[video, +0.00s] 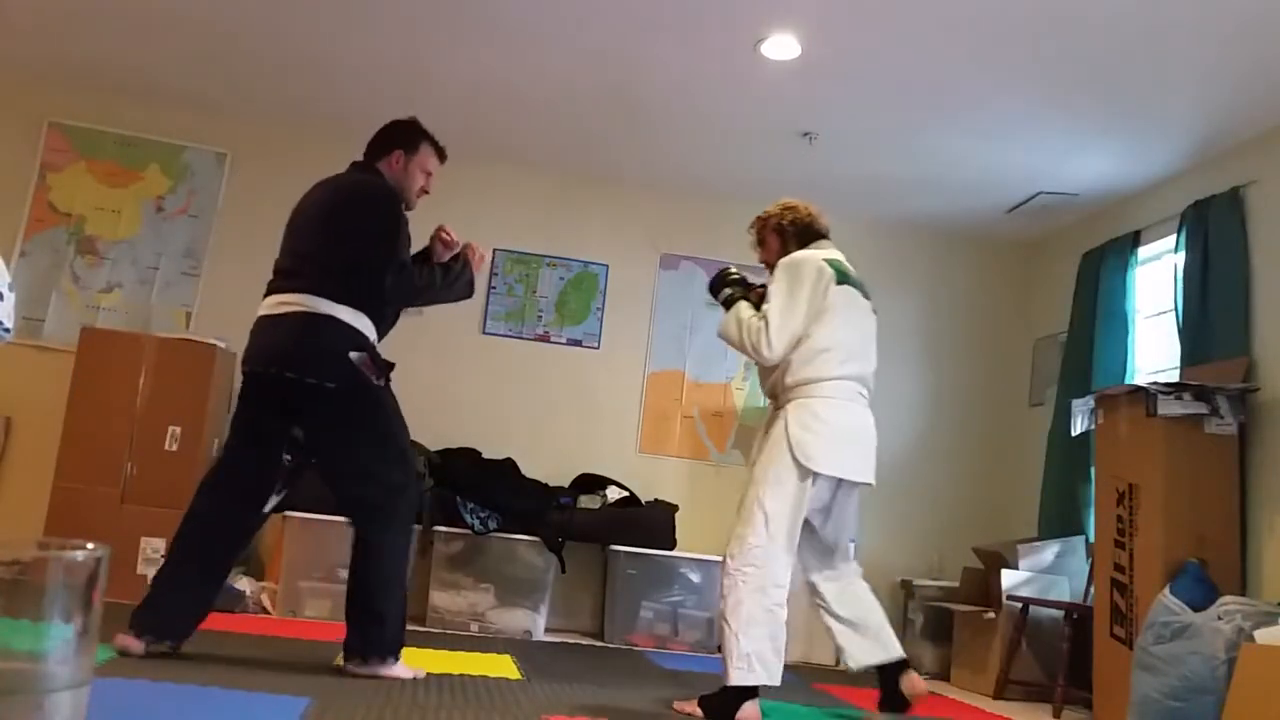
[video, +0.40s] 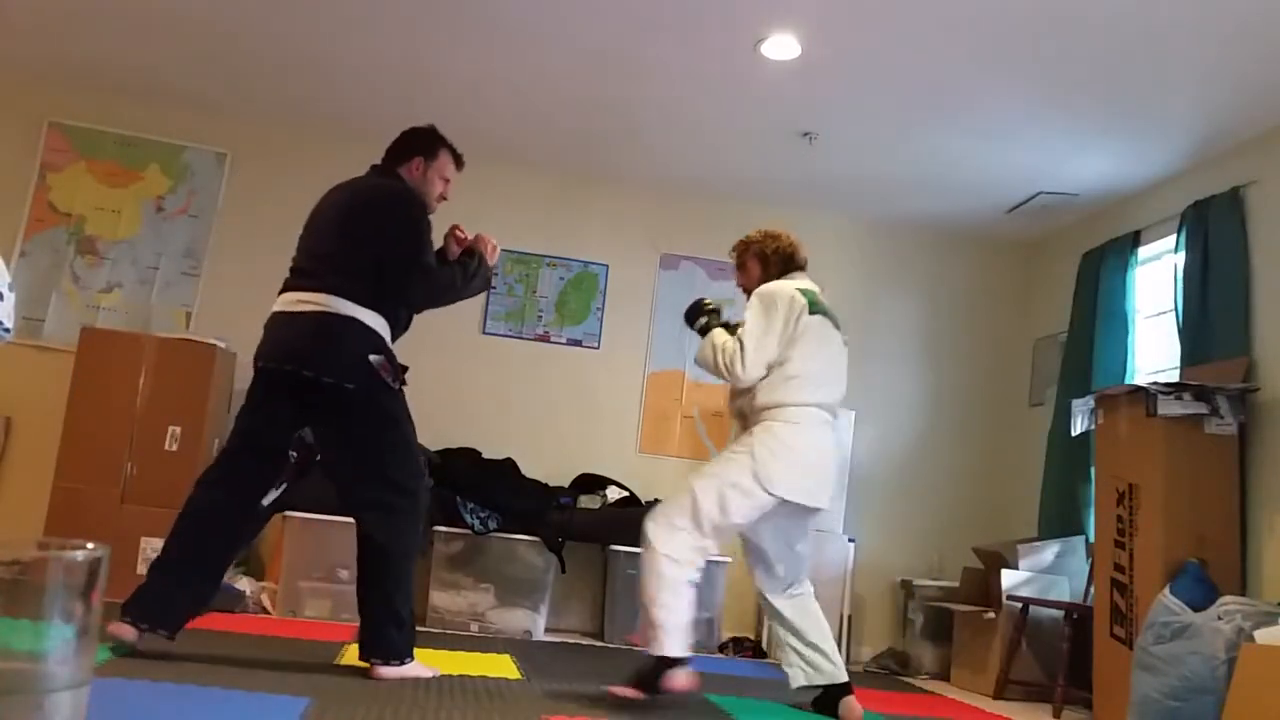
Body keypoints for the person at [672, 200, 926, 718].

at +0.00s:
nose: (761, 255)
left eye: (762, 244)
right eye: (759, 247)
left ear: (779, 235)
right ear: (813, 235)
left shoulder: (798, 267)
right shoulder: (853, 286)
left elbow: (767, 344)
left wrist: (733, 301)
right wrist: (761, 303)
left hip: (807, 425)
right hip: (854, 432)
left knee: (755, 552)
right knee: (830, 560)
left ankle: (741, 687)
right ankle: (893, 670)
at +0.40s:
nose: (739, 279)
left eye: (743, 267)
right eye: (737, 269)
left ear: (766, 262)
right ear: (789, 264)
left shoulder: (775, 295)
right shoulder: (818, 308)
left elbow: (741, 366)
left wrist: (708, 327)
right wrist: (730, 334)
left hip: (781, 444)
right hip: (819, 453)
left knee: (670, 527)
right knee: (784, 579)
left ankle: (668, 661)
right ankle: (830, 688)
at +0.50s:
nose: (720, 271)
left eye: (724, 261)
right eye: (720, 262)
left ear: (744, 257)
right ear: (771, 260)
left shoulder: (755, 288)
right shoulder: (803, 309)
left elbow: (730, 351)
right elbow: (782, 378)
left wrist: (685, 317)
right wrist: (714, 356)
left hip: (752, 439)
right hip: (794, 450)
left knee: (653, 525)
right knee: (782, 571)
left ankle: (604, 656)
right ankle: (833, 686)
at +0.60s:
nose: (690, 255)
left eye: (695, 246)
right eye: (692, 247)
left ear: (712, 246)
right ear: (744, 252)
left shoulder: (717, 275)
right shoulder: (780, 313)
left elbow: (696, 321)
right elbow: (791, 386)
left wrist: (639, 292)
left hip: (715, 434)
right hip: (768, 446)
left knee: (625, 528)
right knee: (780, 564)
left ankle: (551, 648)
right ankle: (832, 683)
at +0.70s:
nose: (649, 242)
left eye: (653, 234)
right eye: (651, 234)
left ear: (668, 234)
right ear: (709, 242)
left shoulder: (655, 268)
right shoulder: (744, 299)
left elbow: (580, 266)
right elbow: (773, 379)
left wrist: (516, 240)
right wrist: (712, 391)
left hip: (680, 440)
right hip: (743, 447)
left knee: (586, 547)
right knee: (764, 557)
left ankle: (521, 665)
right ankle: (818, 674)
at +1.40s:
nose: (644, 222)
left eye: (647, 211)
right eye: (643, 212)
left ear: (671, 207)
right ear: (703, 213)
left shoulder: (661, 246)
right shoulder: (748, 282)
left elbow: (620, 326)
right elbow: (737, 366)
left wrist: (579, 298)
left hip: (648, 427)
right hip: (714, 440)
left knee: (555, 526)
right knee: (719, 563)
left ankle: (534, 665)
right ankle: (758, 700)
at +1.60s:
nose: (613, 239)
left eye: (616, 229)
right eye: (613, 229)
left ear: (636, 229)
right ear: (674, 233)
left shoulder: (629, 273)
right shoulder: (716, 301)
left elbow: (599, 358)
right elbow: (709, 379)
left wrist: (553, 345)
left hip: (618, 436)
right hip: (686, 451)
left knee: (501, 518)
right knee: (707, 576)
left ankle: (446, 647)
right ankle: (758, 704)